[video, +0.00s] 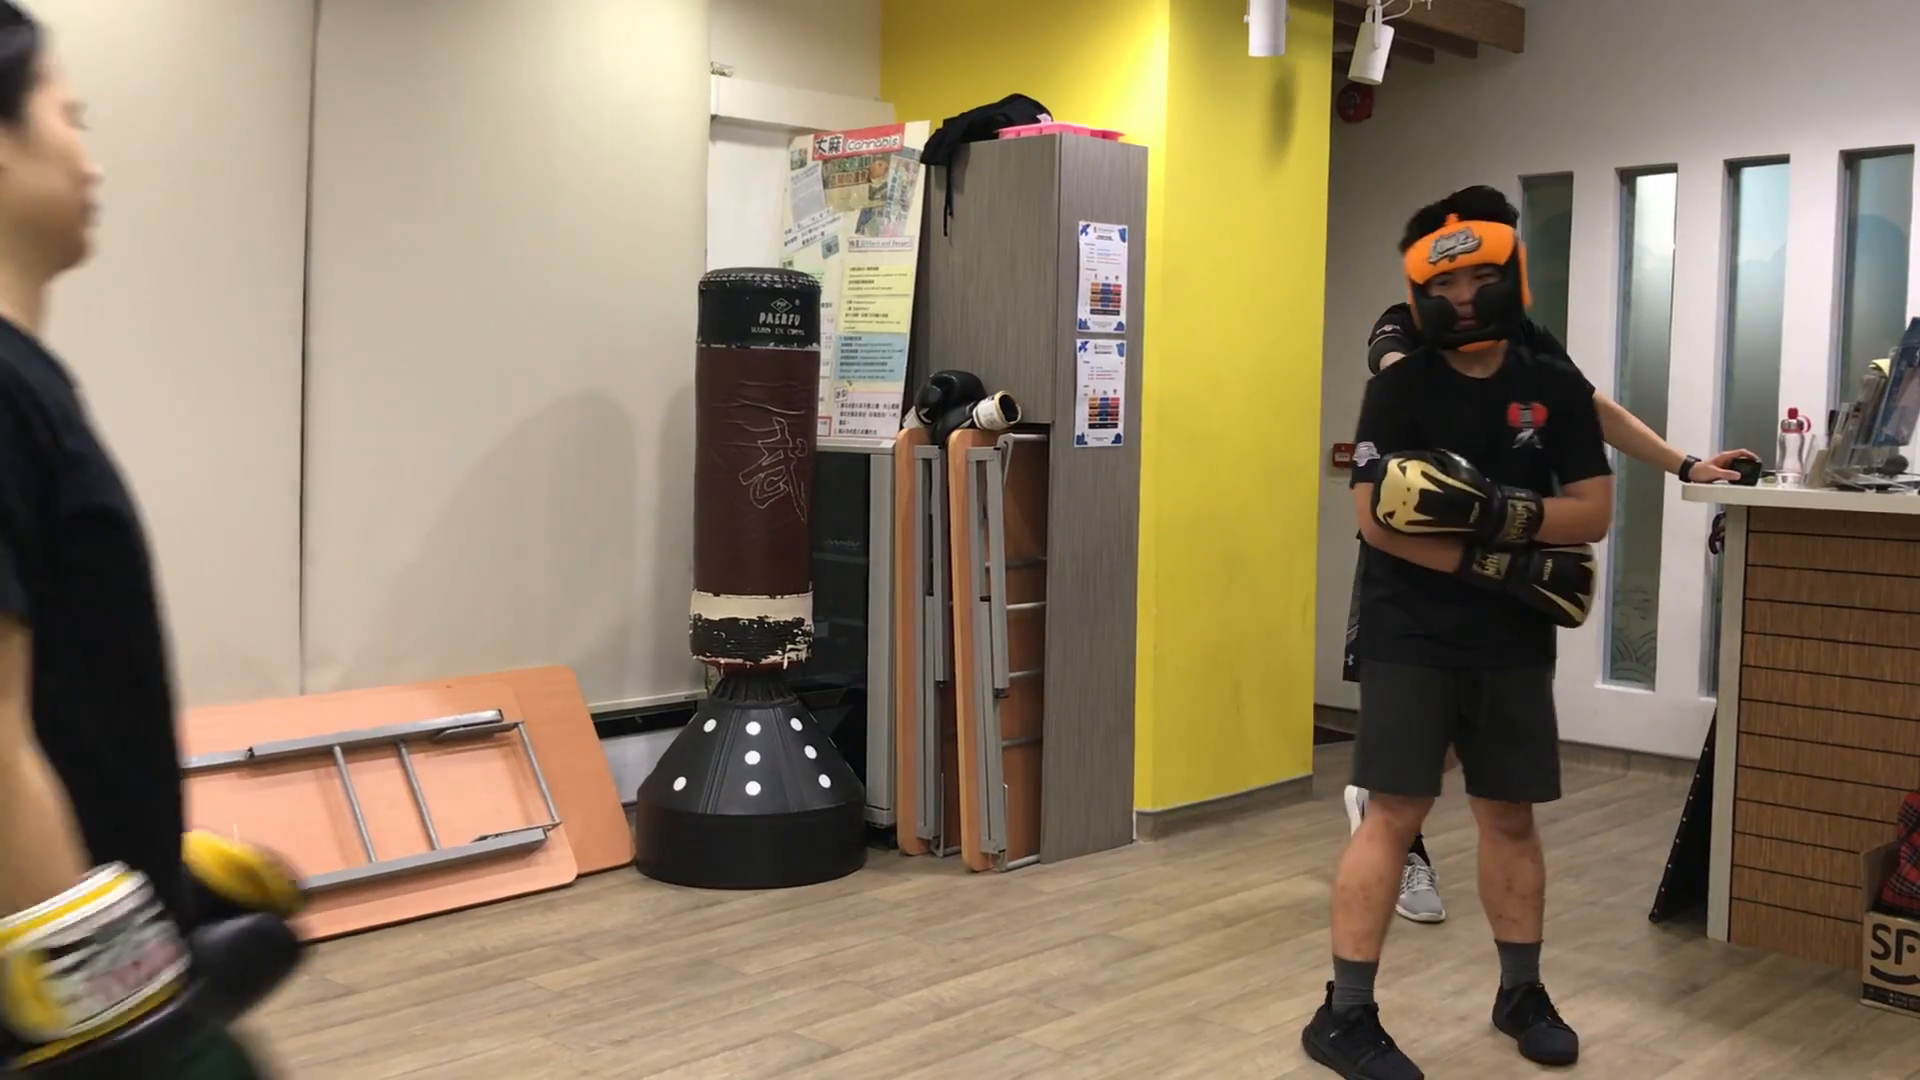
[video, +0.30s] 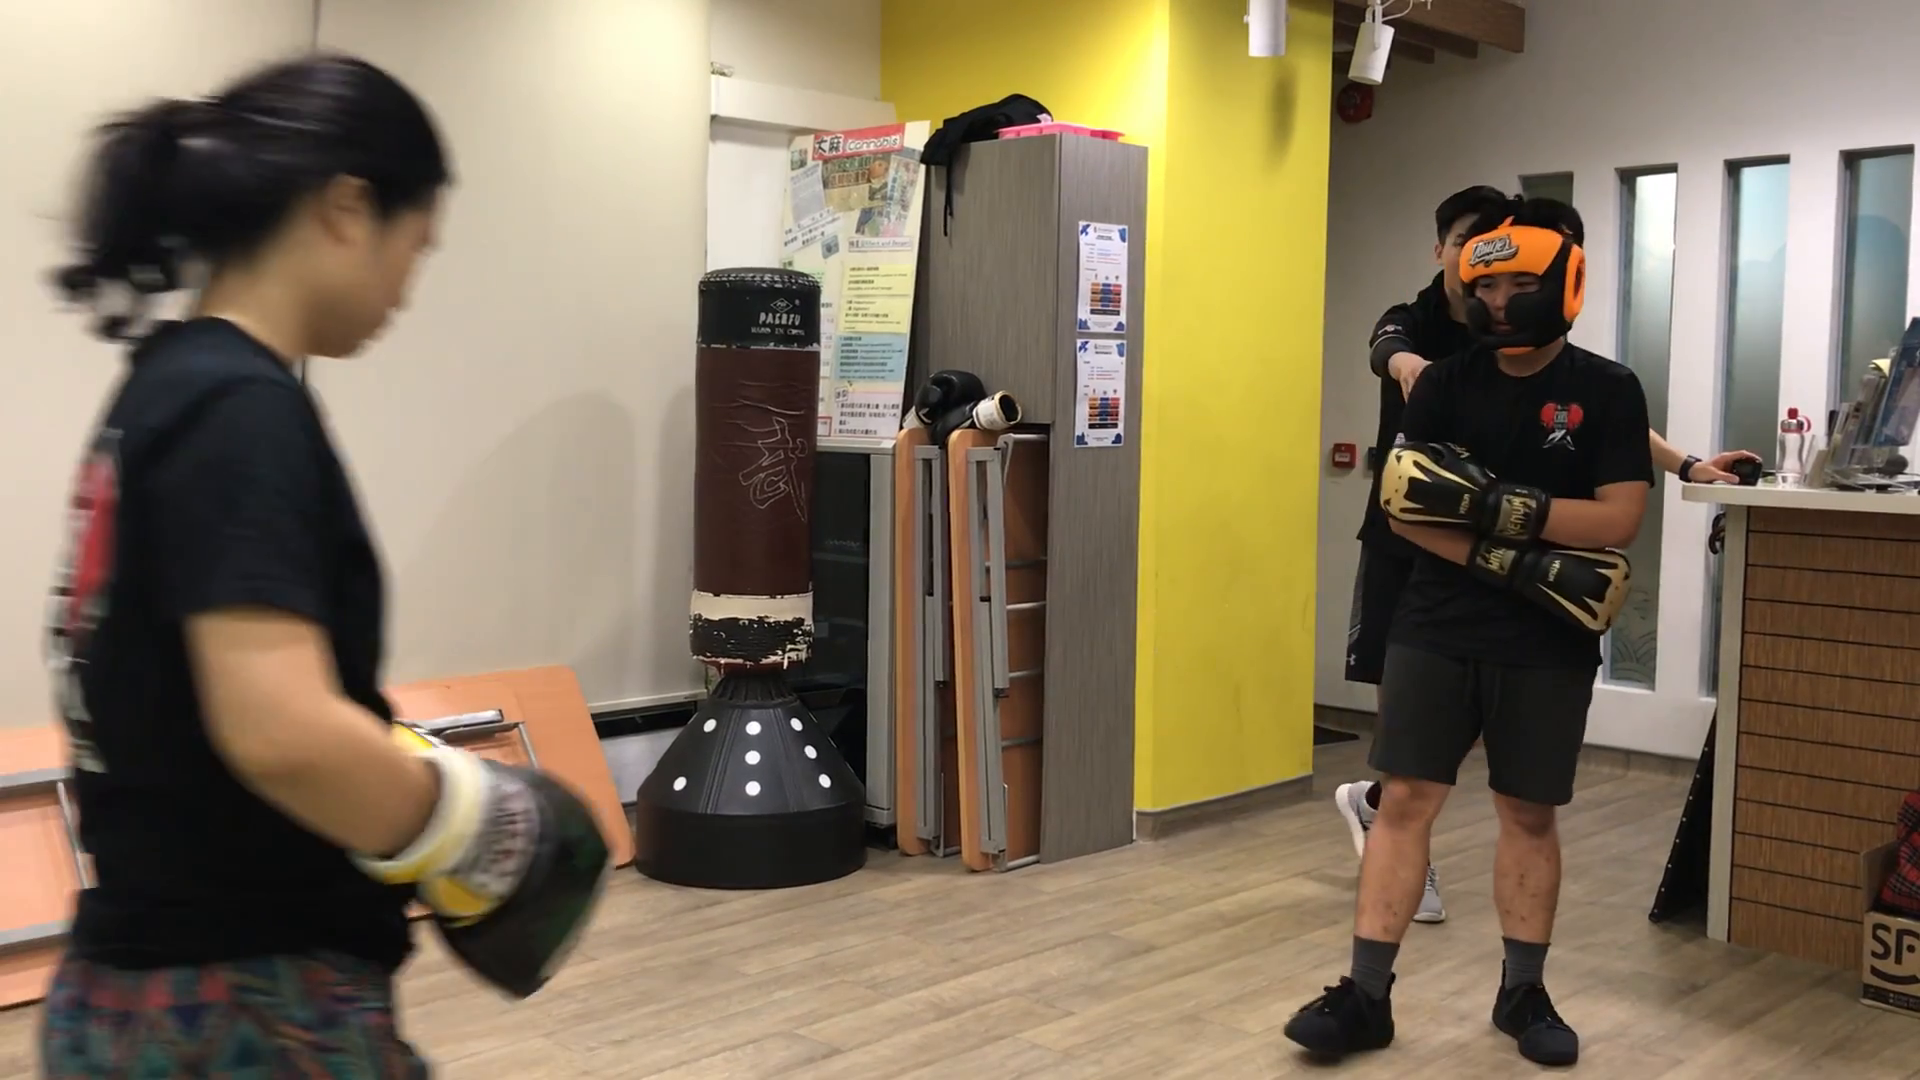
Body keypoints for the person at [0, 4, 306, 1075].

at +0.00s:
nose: (94, 165)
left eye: (80, 122)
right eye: (69, 120)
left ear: (18, 140)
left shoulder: (33, 378)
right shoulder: (10, 385)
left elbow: (52, 710)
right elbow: (1, 742)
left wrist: (168, 855)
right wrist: (114, 1001)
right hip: (68, 1008)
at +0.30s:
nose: (408, 292)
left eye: (422, 256)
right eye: (417, 249)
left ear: (341, 213)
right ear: (343, 212)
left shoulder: (169, 384)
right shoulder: (241, 403)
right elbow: (277, 727)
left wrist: (402, 773)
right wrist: (477, 827)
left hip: (151, 972)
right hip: (247, 999)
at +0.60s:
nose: (727, 278)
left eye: (734, 245)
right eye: (732, 241)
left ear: (562, 208)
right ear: (692, 213)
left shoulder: (424, 409)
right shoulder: (667, 423)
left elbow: (380, 663)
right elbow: (799, 729)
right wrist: (863, 724)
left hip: (440, 953)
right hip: (640, 961)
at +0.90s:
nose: (872, 246)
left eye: (875, 218)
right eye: (874, 216)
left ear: (696, 210)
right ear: (847, 215)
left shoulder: (588, 397)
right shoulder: (902, 408)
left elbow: (577, 633)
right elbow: (1044, 659)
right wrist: (1061, 580)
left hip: (637, 917)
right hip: (845, 916)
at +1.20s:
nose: (916, 260)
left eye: (915, 234)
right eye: (917, 232)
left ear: (768, 234)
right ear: (896, 237)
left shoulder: (684, 409)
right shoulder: (946, 407)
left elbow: (674, 627)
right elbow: (1043, 637)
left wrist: (776, 560)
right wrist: (1064, 565)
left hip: (744, 863)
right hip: (924, 869)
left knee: (804, 1064)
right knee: (1011, 1057)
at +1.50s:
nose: (994, 271)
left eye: (992, 244)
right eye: (994, 243)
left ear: (853, 246)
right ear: (971, 246)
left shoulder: (787, 410)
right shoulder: (1024, 388)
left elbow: (794, 620)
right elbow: (1142, 596)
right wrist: (1145, 489)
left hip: (840, 838)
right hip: (1007, 839)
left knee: (868, 1064)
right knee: (1048, 1061)